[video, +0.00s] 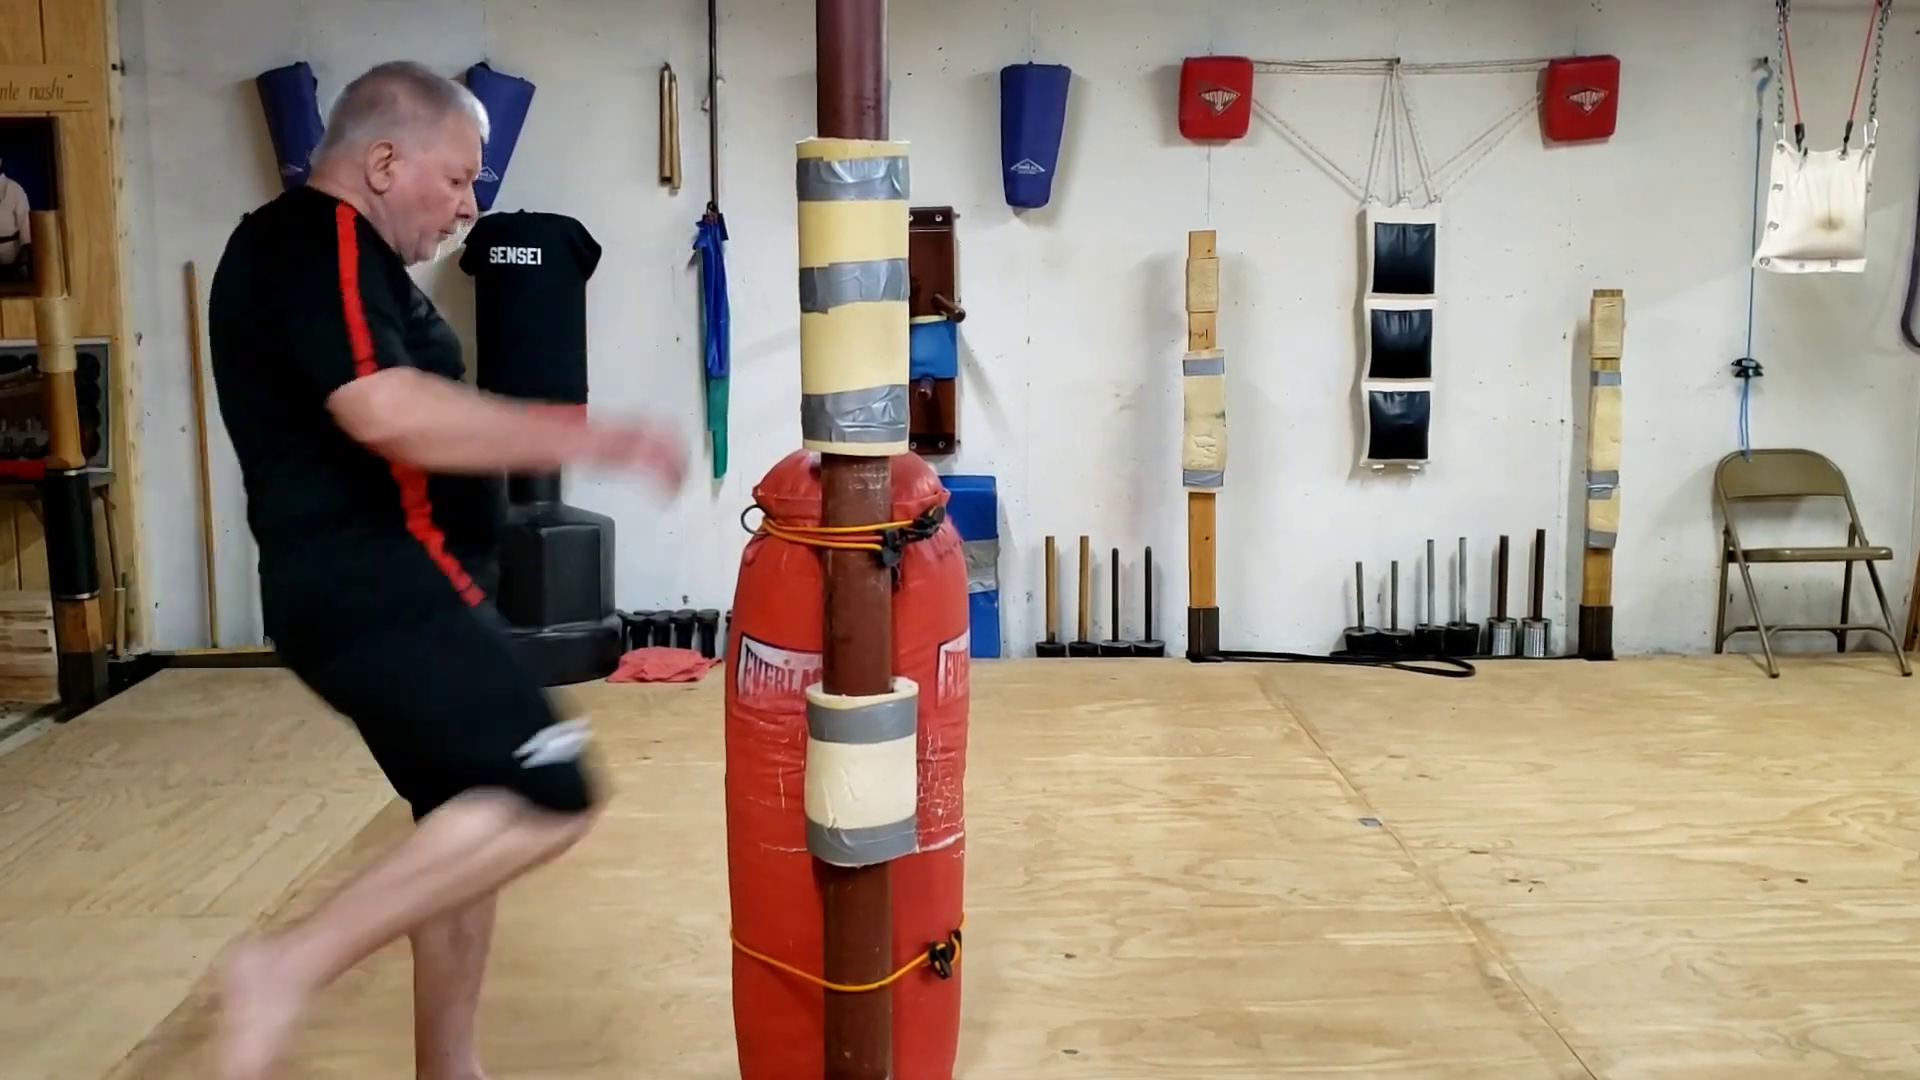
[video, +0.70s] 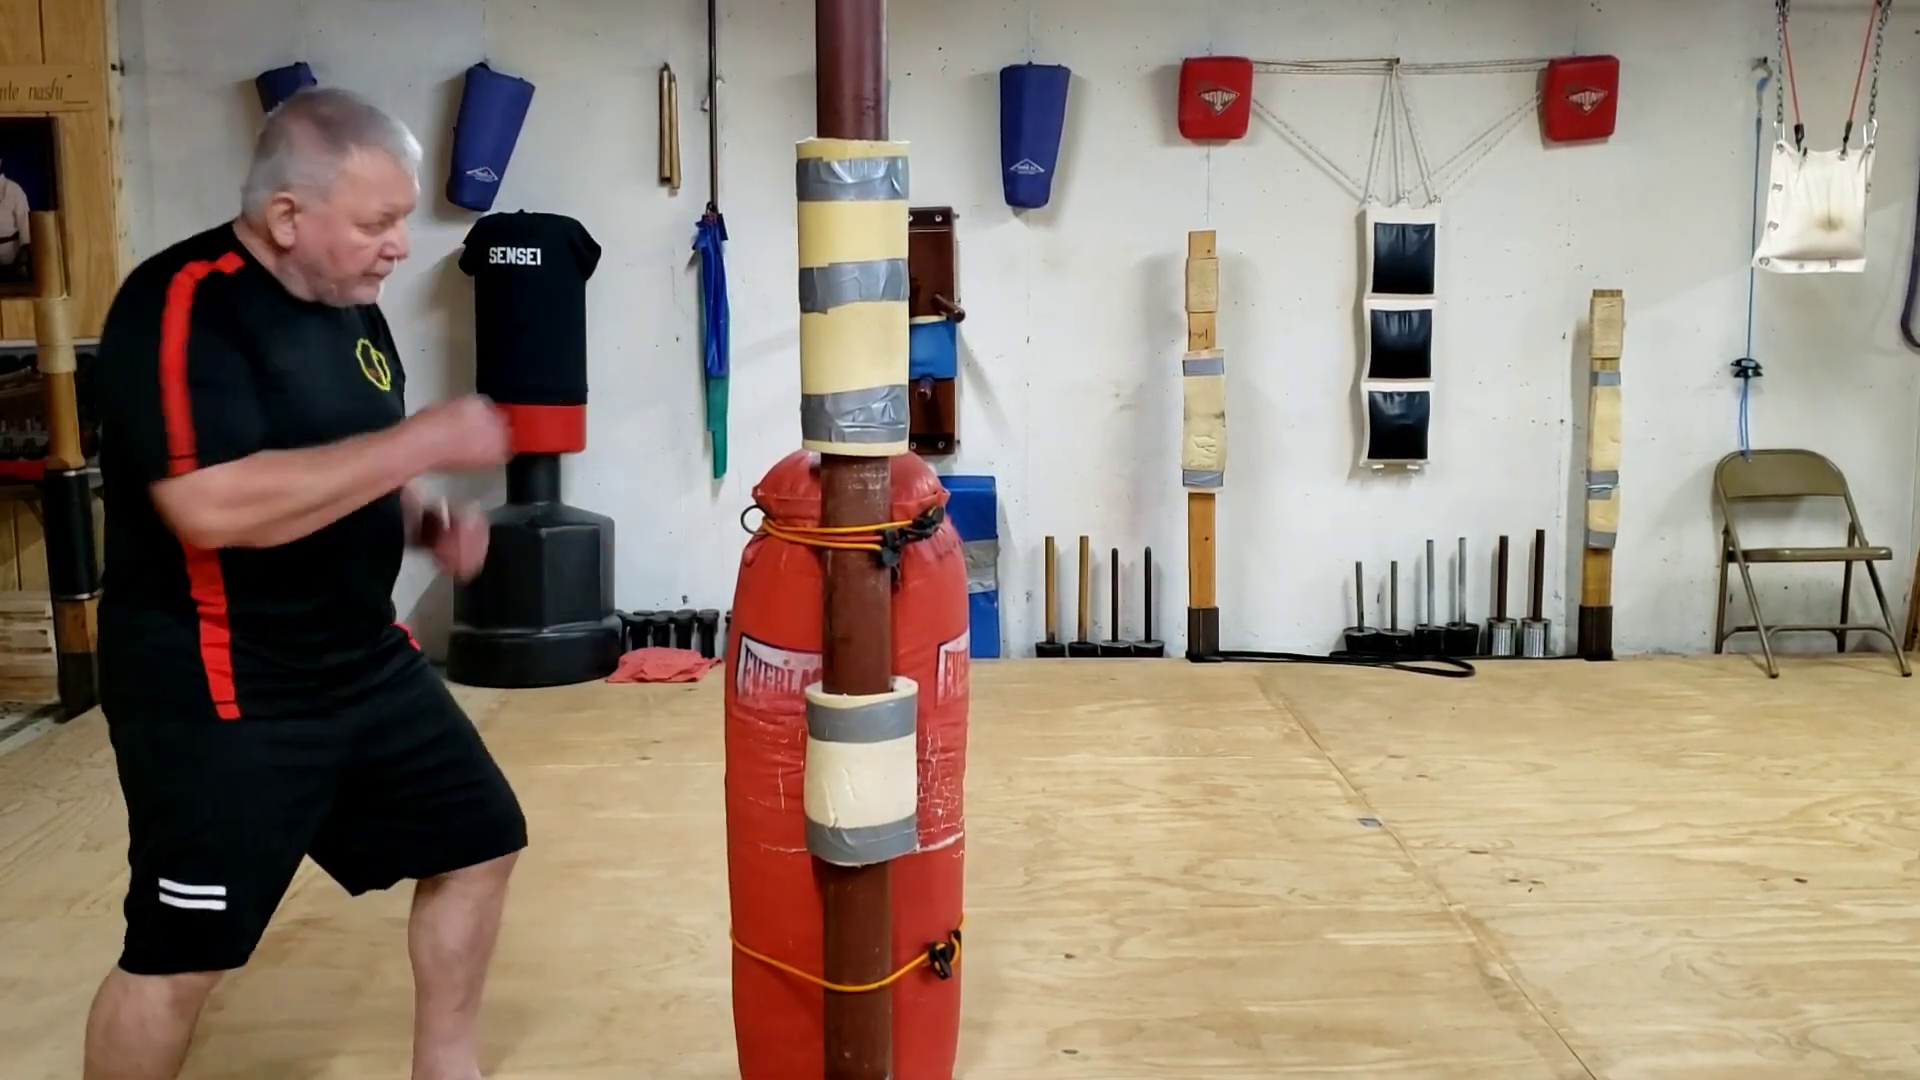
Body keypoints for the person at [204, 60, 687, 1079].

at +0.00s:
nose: (468, 211)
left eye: (473, 189)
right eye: (462, 183)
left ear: (378, 164)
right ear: (384, 160)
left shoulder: (339, 248)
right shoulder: (315, 241)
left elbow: (417, 410)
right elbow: (386, 411)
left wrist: (569, 434)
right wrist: (593, 437)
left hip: (369, 586)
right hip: (371, 585)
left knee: (469, 820)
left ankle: (449, 1066)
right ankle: (279, 971)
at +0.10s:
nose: (476, 219)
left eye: (481, 195)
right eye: (470, 188)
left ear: (387, 173)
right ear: (396, 167)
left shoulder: (295, 246)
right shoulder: (329, 240)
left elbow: (356, 432)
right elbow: (292, 427)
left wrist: (497, 461)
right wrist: (425, 578)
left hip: (338, 598)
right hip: (405, 557)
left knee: (465, 824)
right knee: (667, 630)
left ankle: (448, 1067)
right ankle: (671, 882)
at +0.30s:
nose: (481, 229)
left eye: (486, 207)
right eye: (475, 200)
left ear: (393, 181)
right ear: (400, 178)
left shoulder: (311, 255)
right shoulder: (328, 251)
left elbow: (363, 455)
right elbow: (318, 445)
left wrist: (493, 469)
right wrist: (499, 556)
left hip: (343, 598)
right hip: (363, 591)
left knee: (477, 832)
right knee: (631, 682)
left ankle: (450, 1065)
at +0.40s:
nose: (482, 226)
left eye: (485, 202)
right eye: (470, 196)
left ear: (389, 184)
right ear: (392, 177)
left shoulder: (346, 260)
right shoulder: (313, 247)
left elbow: (360, 450)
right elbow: (364, 431)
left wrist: (468, 502)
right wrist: (562, 454)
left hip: (387, 591)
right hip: (324, 598)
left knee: (490, 823)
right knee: (471, 824)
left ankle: (453, 1069)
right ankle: (219, 1043)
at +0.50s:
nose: (470, 234)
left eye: (472, 210)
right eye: (454, 206)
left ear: (374, 197)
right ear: (371, 193)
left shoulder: (343, 281)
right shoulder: (276, 263)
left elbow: (311, 480)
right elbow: (383, 433)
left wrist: (429, 563)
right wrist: (552, 393)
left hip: (398, 646)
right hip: (279, 658)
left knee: (481, 846)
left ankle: (453, 1069)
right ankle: (152, 1072)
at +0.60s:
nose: (432, 253)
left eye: (436, 230)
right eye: (415, 229)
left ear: (337, 222)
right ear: (329, 221)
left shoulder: (347, 310)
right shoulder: (224, 294)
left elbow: (326, 501)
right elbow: (328, 466)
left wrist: (420, 577)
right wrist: (506, 391)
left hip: (362, 658)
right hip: (228, 678)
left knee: (485, 844)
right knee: (201, 947)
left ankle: (450, 1069)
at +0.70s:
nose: (400, 248)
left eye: (404, 222)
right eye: (378, 225)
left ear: (299, 221)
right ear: (288, 220)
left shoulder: (349, 303)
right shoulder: (173, 305)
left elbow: (341, 475)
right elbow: (203, 507)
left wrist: (424, 522)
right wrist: (418, 443)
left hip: (355, 657)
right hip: (211, 685)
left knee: (477, 840)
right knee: (180, 952)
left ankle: (446, 1066)